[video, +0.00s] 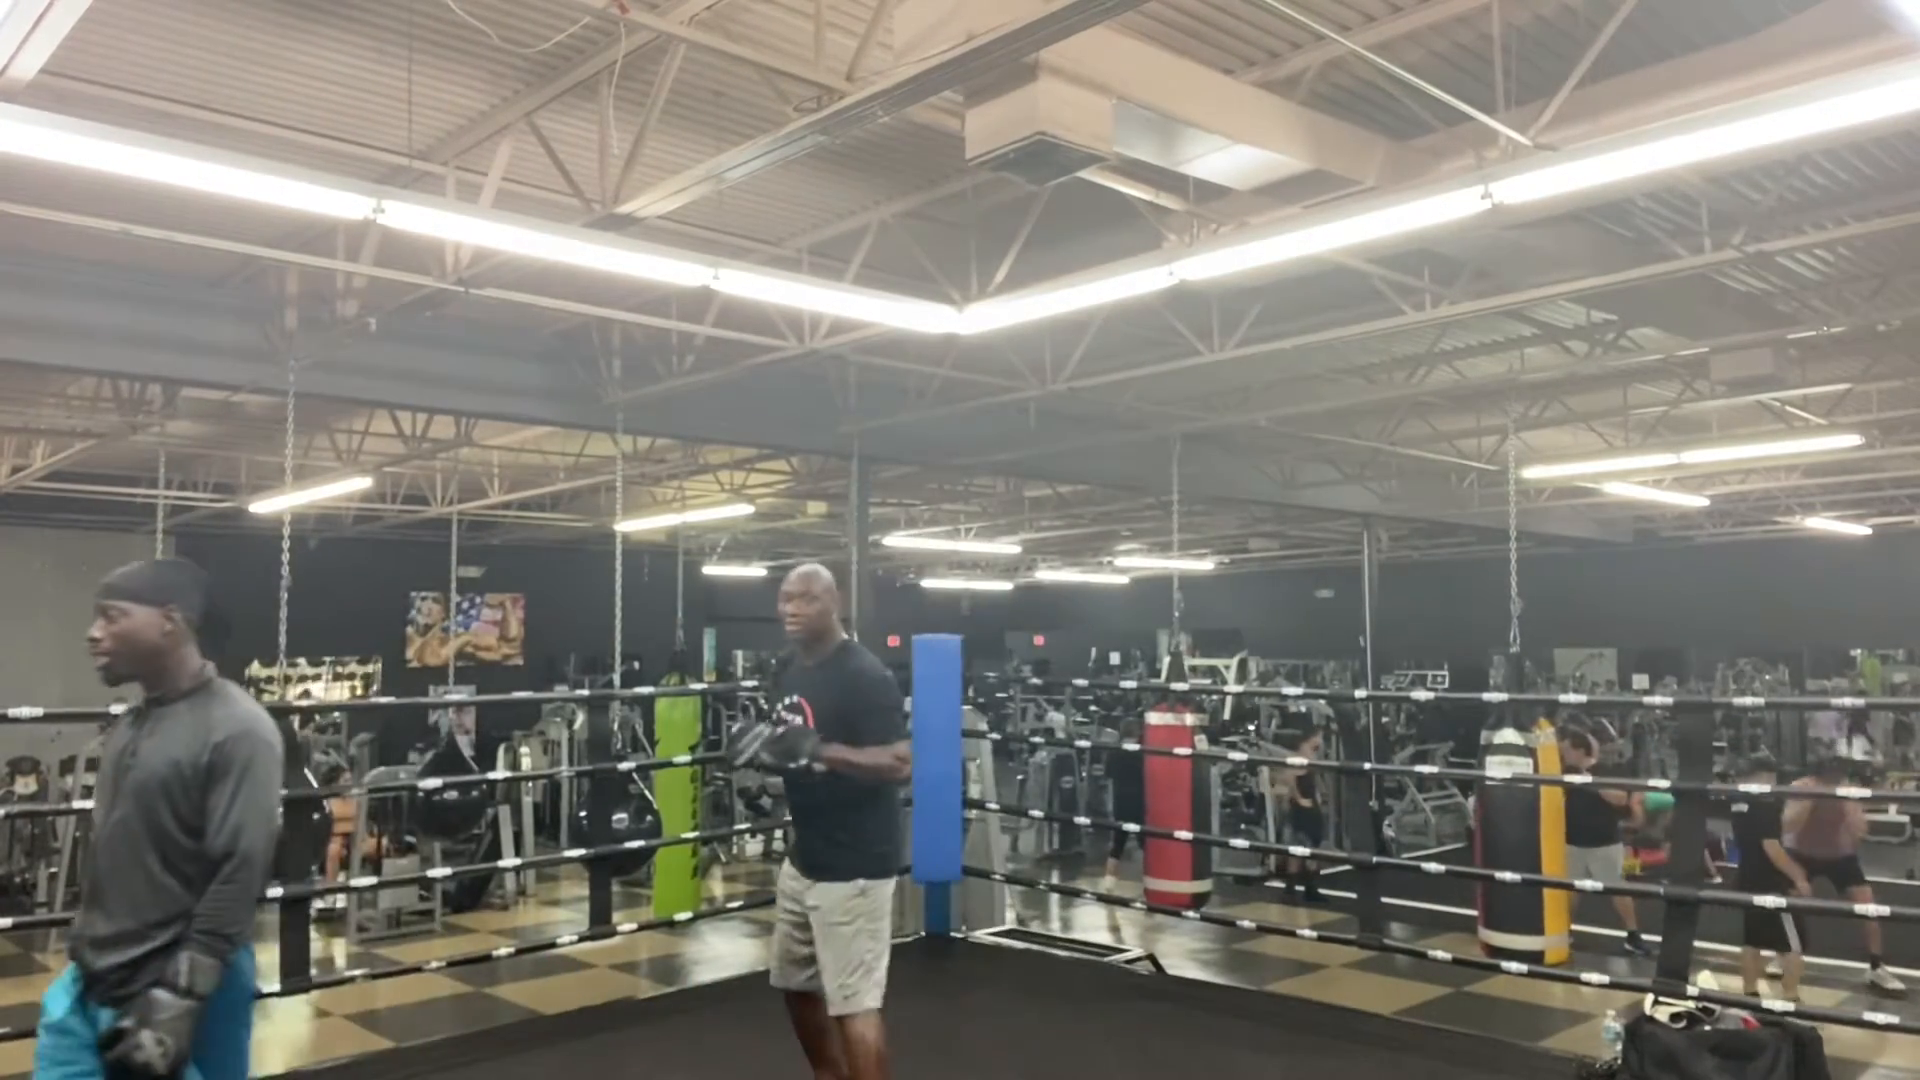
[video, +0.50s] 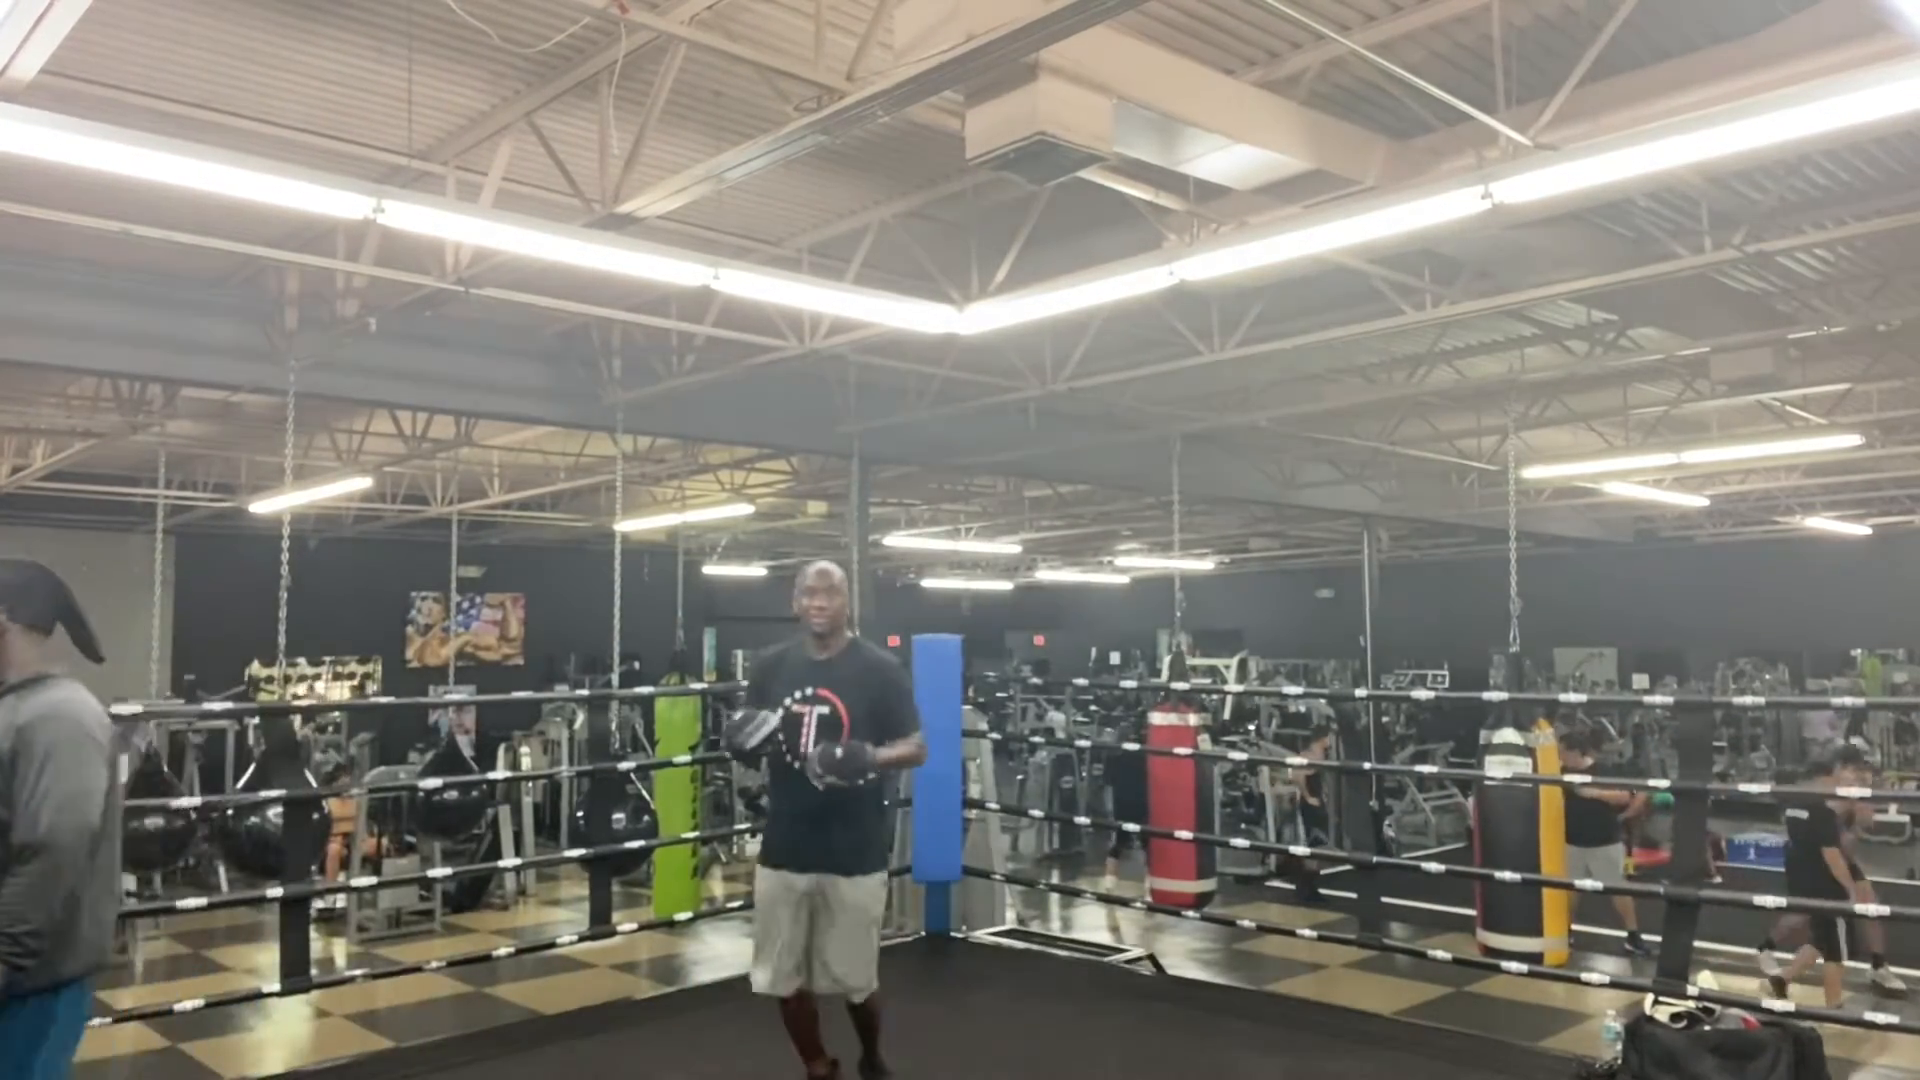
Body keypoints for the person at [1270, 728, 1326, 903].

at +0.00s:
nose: (1315, 753)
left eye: (1317, 749)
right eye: (1313, 748)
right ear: (1300, 745)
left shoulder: (1310, 764)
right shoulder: (1297, 761)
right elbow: (1290, 780)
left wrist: (1316, 798)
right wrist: (1299, 799)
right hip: (1300, 811)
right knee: (1298, 849)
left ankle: (1311, 885)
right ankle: (1291, 885)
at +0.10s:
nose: (1320, 755)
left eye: (1322, 750)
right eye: (1317, 748)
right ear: (1302, 746)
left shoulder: (1314, 773)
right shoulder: (1293, 768)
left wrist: (1314, 802)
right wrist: (1304, 800)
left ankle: (1312, 886)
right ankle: (1293, 886)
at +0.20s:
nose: (1322, 753)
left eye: (1324, 749)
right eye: (1320, 747)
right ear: (1308, 744)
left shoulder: (1313, 765)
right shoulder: (1299, 762)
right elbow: (1297, 781)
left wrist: (1318, 798)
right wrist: (1304, 797)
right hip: (1303, 813)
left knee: (1311, 850)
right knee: (1306, 850)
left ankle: (1309, 886)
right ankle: (1304, 886)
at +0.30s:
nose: (1325, 753)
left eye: (1326, 748)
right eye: (1322, 748)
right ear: (1309, 745)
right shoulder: (1301, 761)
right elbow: (1297, 776)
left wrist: (1317, 797)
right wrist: (1305, 797)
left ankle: (1310, 885)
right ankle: (1305, 886)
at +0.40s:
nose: (1328, 743)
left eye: (1328, 739)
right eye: (1326, 739)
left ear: (1319, 740)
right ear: (1318, 740)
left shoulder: (1318, 756)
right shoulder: (1311, 756)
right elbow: (1299, 774)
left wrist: (1320, 795)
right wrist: (1306, 796)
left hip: (1317, 804)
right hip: (1309, 805)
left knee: (1315, 845)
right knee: (1313, 846)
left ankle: (1310, 885)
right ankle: (1307, 886)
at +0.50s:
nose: (1327, 748)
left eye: (1327, 745)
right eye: (1325, 744)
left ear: (1320, 741)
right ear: (1319, 741)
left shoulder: (1317, 757)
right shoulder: (1309, 757)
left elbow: (1300, 777)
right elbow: (1299, 776)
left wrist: (1320, 794)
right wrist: (1307, 796)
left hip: (1318, 804)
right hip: (1310, 805)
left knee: (1317, 844)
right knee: (1313, 844)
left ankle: (1310, 884)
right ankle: (1307, 885)